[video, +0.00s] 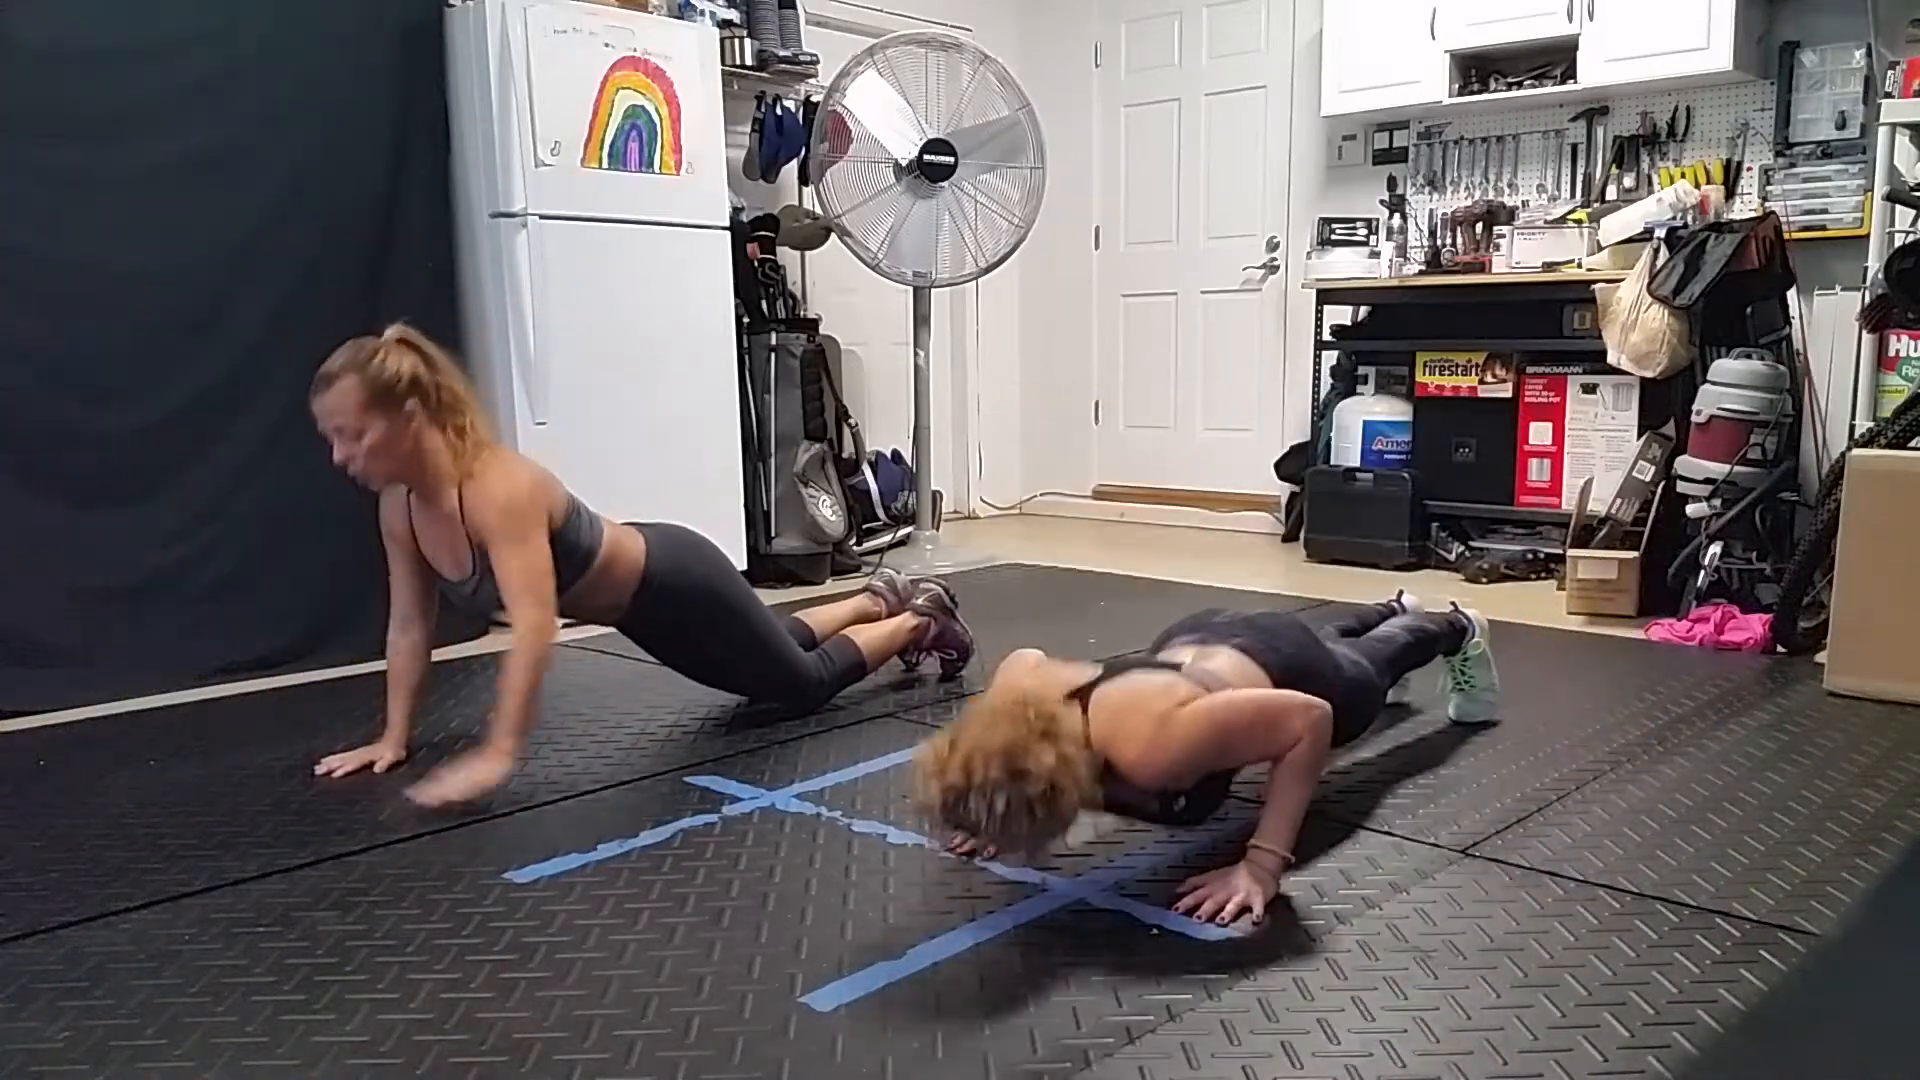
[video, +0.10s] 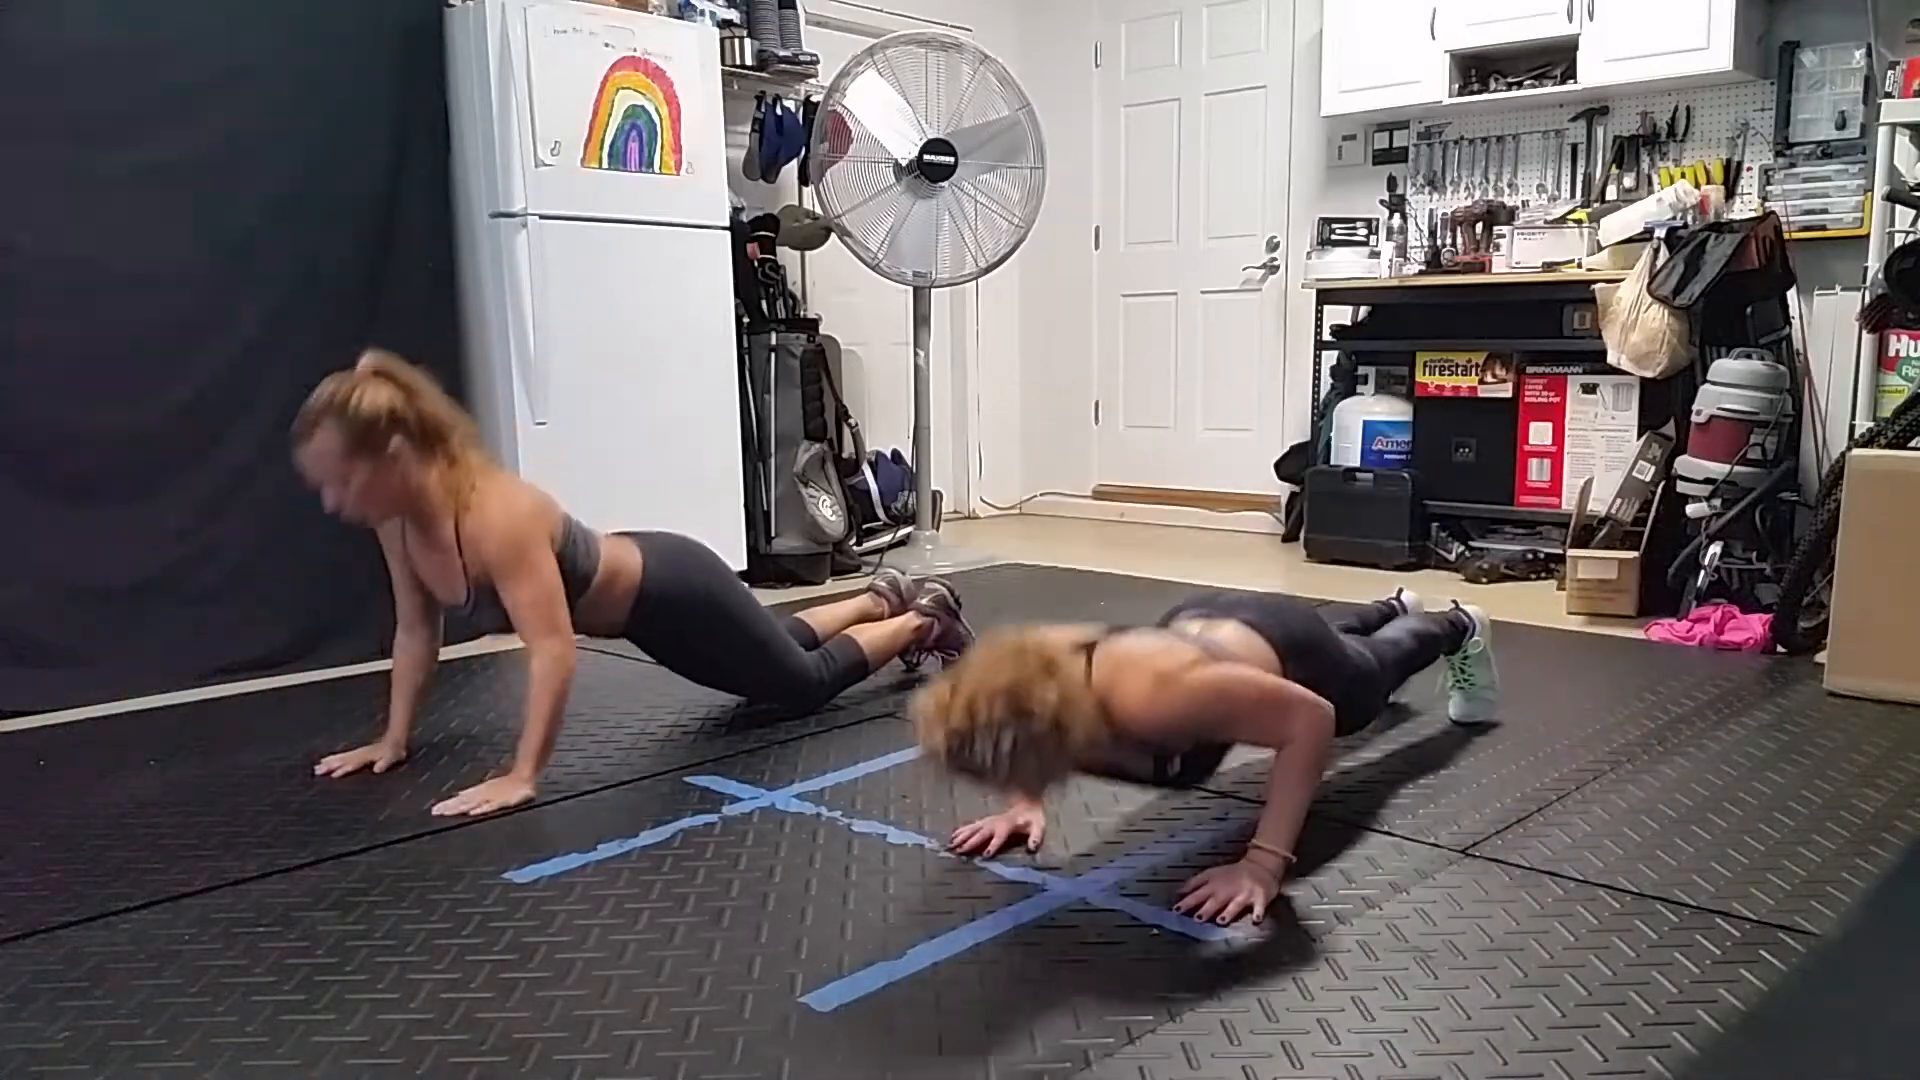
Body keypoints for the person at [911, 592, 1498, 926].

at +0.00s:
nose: (971, 849)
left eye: (985, 842)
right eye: (960, 836)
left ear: (1041, 810)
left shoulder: (1162, 744)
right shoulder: (1020, 694)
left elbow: (1308, 725)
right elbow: (1027, 657)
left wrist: (1260, 864)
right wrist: (997, 807)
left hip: (1283, 667)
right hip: (1194, 644)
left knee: (1377, 657)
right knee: (1312, 628)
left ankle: (1442, 622)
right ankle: (1395, 607)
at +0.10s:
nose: (1006, 776)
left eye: (1011, 765)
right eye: (989, 773)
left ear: (1034, 742)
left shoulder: (1148, 696)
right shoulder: (1029, 680)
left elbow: (1308, 721)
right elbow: (1019, 720)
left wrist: (1262, 863)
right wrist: (1025, 800)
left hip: (1287, 643)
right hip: (1200, 616)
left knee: (1385, 658)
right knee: (1324, 619)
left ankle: (1450, 623)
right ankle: (1393, 603)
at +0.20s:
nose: (1024, 711)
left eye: (1029, 695)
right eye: (1009, 704)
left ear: (1053, 672)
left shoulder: (1156, 642)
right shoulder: (1028, 637)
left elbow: (1304, 714)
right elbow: (1023, 706)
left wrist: (1263, 858)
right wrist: (1024, 799)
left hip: (1294, 628)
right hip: (1219, 611)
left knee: (1378, 702)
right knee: (1324, 628)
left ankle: (1454, 624)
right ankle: (1390, 608)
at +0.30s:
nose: (1036, 663)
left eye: (1046, 645)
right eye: (1025, 652)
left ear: (1081, 608)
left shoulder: (1187, 596)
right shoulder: (1048, 607)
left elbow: (1308, 713)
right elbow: (1033, 689)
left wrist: (1262, 861)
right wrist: (1024, 801)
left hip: (1307, 645)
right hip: (1232, 653)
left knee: (1381, 727)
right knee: (1326, 628)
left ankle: (1468, 627)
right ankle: (1387, 611)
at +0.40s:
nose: (1071, 637)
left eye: (1085, 622)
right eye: (1060, 623)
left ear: (1123, 576)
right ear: (1051, 587)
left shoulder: (1216, 567)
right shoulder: (1065, 575)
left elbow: (1313, 717)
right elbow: (1039, 679)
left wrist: (1264, 861)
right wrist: (1026, 802)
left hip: (1332, 645)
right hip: (1246, 660)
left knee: (1396, 737)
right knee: (1337, 637)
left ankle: (1476, 632)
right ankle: (1394, 618)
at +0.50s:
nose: (1096, 616)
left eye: (1106, 599)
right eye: (1083, 602)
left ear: (1139, 556)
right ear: (1065, 574)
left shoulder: (1234, 550)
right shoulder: (1077, 558)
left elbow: (1316, 722)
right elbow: (1049, 674)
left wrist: (1264, 858)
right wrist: (1026, 801)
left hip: (1353, 599)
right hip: (1272, 609)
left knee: (1407, 688)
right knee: (1351, 660)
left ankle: (1476, 634)